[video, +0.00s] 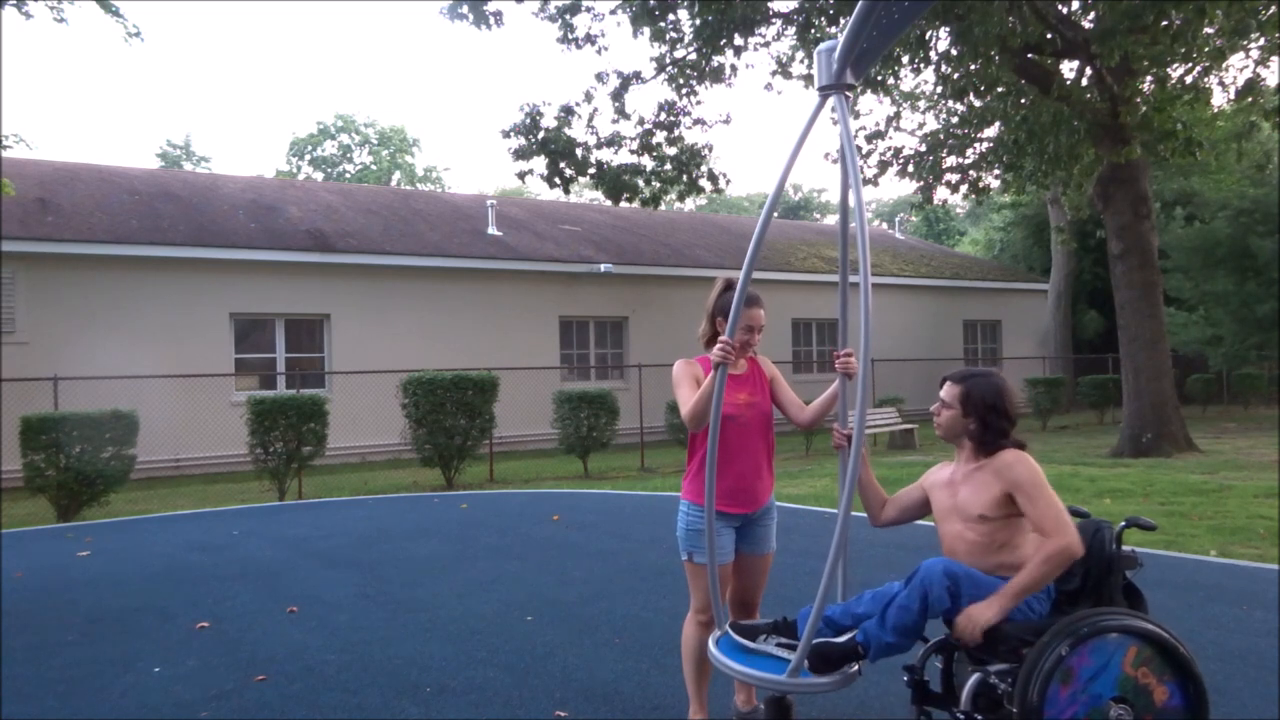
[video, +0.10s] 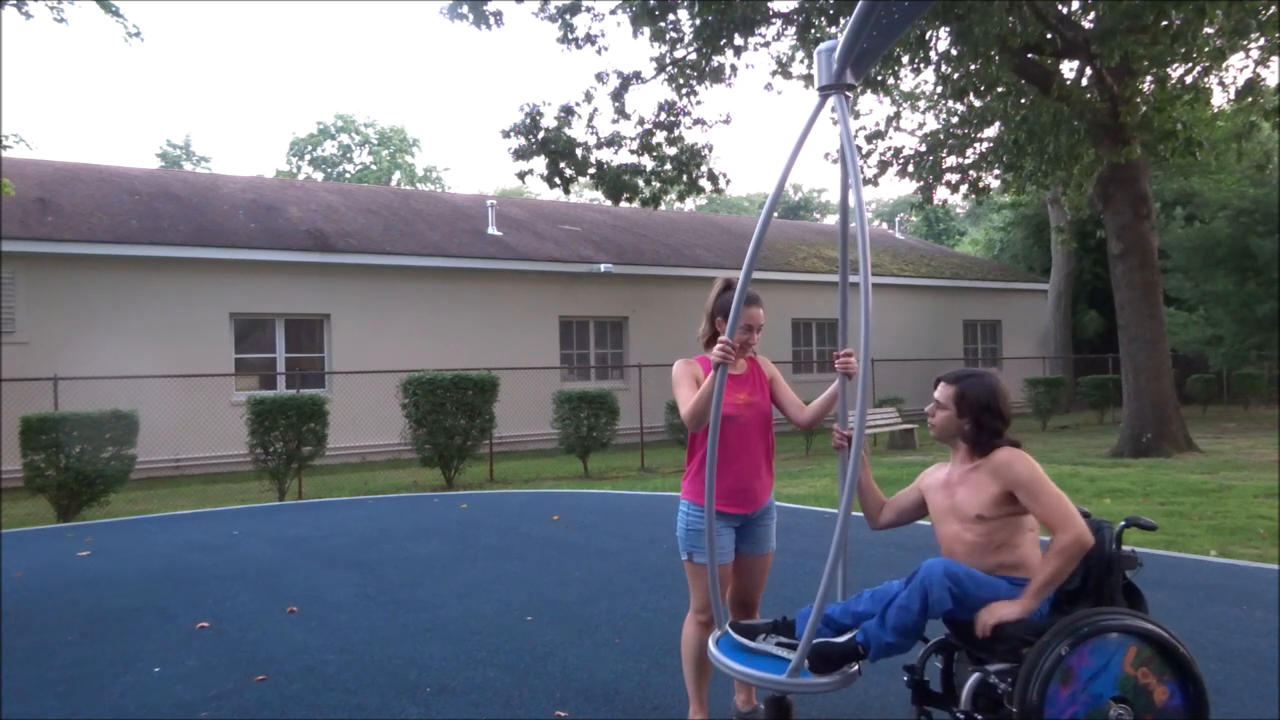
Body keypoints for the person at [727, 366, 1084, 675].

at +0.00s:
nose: (933, 410)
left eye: (944, 405)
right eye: (937, 402)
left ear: (974, 417)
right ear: (958, 416)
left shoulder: (1012, 465)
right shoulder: (940, 476)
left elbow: (1066, 544)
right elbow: (881, 513)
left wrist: (995, 605)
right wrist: (856, 454)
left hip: (1021, 598)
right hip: (967, 594)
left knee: (937, 572)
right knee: (896, 594)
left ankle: (855, 648)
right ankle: (796, 630)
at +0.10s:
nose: (928, 411)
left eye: (938, 406)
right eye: (931, 403)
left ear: (967, 419)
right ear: (954, 419)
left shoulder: (1009, 464)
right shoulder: (934, 476)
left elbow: (1075, 536)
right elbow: (879, 517)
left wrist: (1024, 603)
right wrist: (856, 457)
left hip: (1019, 598)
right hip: (963, 595)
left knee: (937, 572)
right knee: (894, 593)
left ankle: (856, 647)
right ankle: (791, 629)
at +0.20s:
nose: (923, 413)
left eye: (932, 407)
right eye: (926, 405)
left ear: (962, 420)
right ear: (952, 421)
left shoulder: (1006, 463)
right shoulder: (930, 476)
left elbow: (1077, 534)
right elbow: (878, 517)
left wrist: (1037, 607)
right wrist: (856, 457)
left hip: (1017, 594)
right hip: (962, 593)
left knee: (936, 575)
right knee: (890, 594)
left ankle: (854, 647)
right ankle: (789, 629)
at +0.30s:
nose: (918, 415)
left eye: (927, 410)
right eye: (921, 407)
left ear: (957, 421)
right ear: (948, 421)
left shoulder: (1002, 463)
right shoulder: (926, 477)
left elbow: (1074, 533)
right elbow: (875, 518)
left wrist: (1034, 606)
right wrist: (857, 458)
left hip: (1015, 593)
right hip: (960, 593)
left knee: (937, 575)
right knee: (889, 593)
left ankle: (854, 647)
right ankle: (789, 630)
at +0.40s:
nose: (914, 418)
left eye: (923, 412)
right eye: (916, 410)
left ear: (954, 421)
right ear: (945, 422)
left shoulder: (999, 463)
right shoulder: (923, 476)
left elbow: (1072, 534)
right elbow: (875, 518)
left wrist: (1033, 607)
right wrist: (858, 460)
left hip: (1014, 593)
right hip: (959, 592)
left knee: (936, 575)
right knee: (888, 593)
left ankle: (854, 647)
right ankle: (789, 629)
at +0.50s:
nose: (910, 424)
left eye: (919, 417)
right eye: (910, 415)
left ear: (952, 423)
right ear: (942, 423)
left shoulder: (995, 463)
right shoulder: (919, 473)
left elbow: (1067, 537)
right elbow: (877, 517)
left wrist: (1036, 613)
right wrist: (860, 462)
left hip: (1016, 596)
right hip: (961, 593)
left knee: (937, 576)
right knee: (888, 593)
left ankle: (854, 647)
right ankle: (787, 630)